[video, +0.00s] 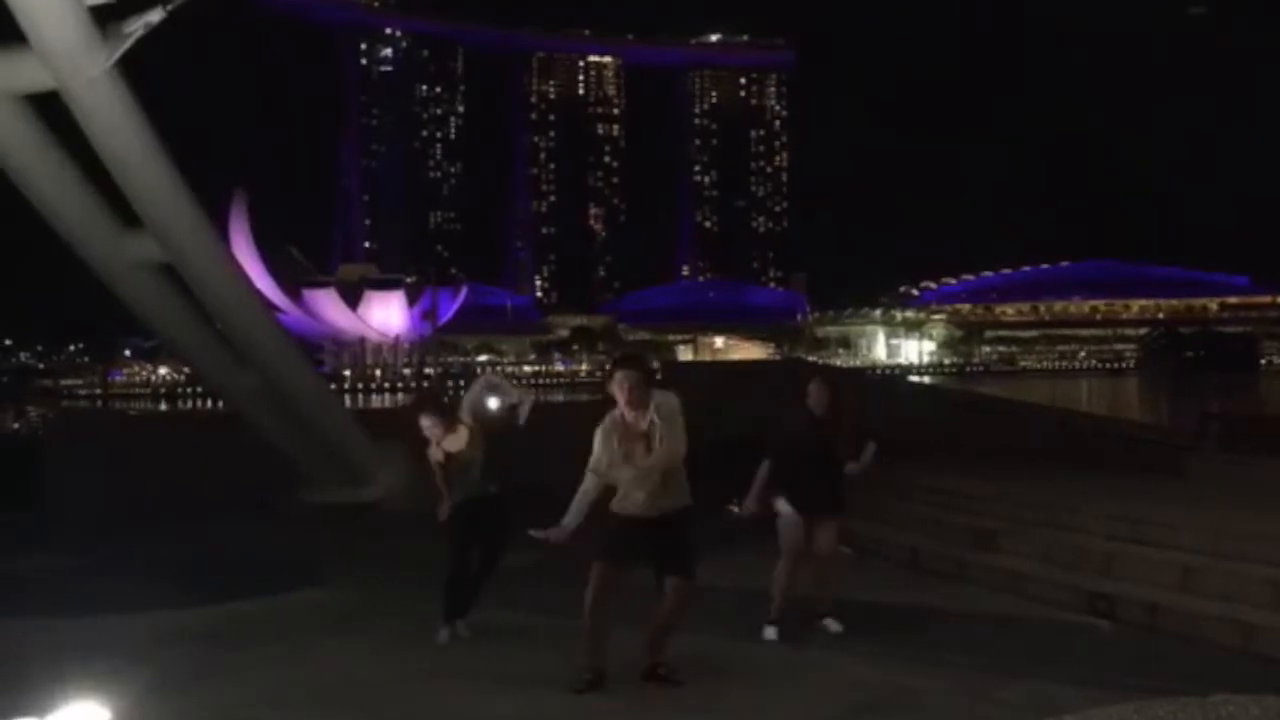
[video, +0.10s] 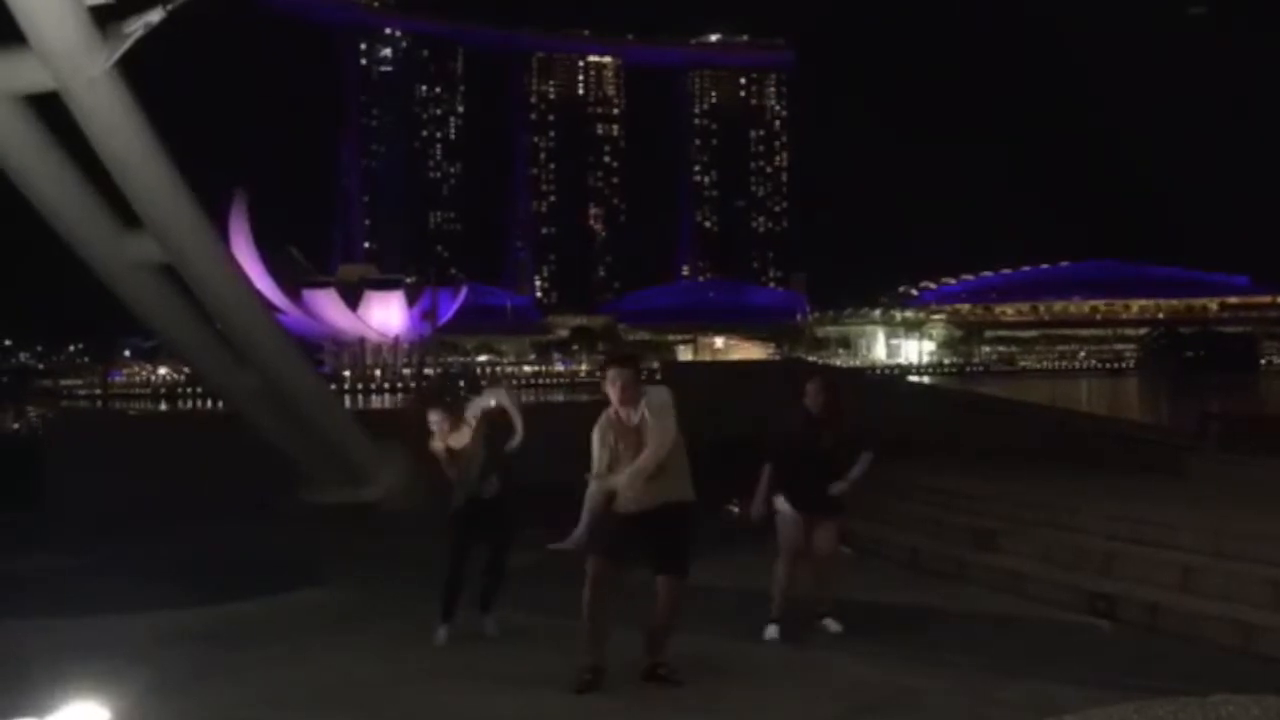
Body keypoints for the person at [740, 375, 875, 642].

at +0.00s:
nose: (817, 400)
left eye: (821, 395)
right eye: (813, 395)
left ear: (830, 398)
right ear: (805, 397)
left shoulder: (835, 428)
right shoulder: (793, 425)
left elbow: (842, 468)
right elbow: (769, 463)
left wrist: (861, 464)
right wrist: (753, 497)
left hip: (826, 500)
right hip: (792, 499)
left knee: (826, 558)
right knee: (789, 557)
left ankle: (824, 613)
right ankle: (774, 620)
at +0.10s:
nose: (812, 400)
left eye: (817, 394)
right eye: (809, 394)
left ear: (827, 396)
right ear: (803, 396)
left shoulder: (838, 425)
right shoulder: (792, 424)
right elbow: (771, 463)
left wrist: (847, 482)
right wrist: (762, 498)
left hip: (826, 498)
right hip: (791, 497)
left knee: (826, 558)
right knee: (786, 557)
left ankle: (824, 613)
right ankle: (775, 619)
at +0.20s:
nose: (809, 401)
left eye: (815, 396)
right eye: (806, 395)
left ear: (826, 399)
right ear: (801, 398)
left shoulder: (836, 430)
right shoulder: (789, 427)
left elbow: (845, 472)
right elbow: (769, 465)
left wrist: (819, 496)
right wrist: (759, 501)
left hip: (825, 497)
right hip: (791, 497)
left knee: (829, 551)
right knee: (796, 541)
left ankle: (826, 610)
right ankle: (803, 601)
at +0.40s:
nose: (799, 407)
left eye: (804, 402)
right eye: (796, 401)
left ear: (815, 405)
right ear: (792, 403)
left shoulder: (825, 434)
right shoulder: (782, 429)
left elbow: (816, 472)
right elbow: (761, 460)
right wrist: (741, 484)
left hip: (822, 494)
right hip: (789, 491)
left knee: (829, 553)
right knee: (794, 531)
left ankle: (822, 610)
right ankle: (783, 587)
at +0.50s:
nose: (797, 405)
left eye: (802, 399)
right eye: (794, 398)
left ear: (810, 401)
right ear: (786, 399)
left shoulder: (817, 429)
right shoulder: (777, 426)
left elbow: (805, 470)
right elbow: (759, 456)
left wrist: (761, 474)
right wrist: (738, 480)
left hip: (817, 501)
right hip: (782, 501)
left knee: (822, 557)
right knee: (779, 555)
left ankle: (822, 612)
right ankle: (767, 610)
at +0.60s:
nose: (784, 402)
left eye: (790, 397)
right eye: (783, 396)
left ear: (803, 400)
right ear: (780, 398)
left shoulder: (810, 430)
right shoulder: (773, 428)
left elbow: (797, 472)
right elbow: (753, 452)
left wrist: (778, 503)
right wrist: (733, 473)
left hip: (810, 498)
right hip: (774, 497)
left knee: (811, 556)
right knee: (771, 555)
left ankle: (820, 613)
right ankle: (767, 613)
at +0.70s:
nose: (774, 404)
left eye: (781, 398)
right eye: (775, 397)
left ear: (796, 402)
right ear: (774, 400)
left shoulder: (803, 433)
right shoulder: (764, 429)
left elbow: (816, 479)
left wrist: (827, 519)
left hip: (791, 493)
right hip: (760, 491)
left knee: (785, 547)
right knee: (760, 552)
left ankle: (834, 569)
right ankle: (767, 611)